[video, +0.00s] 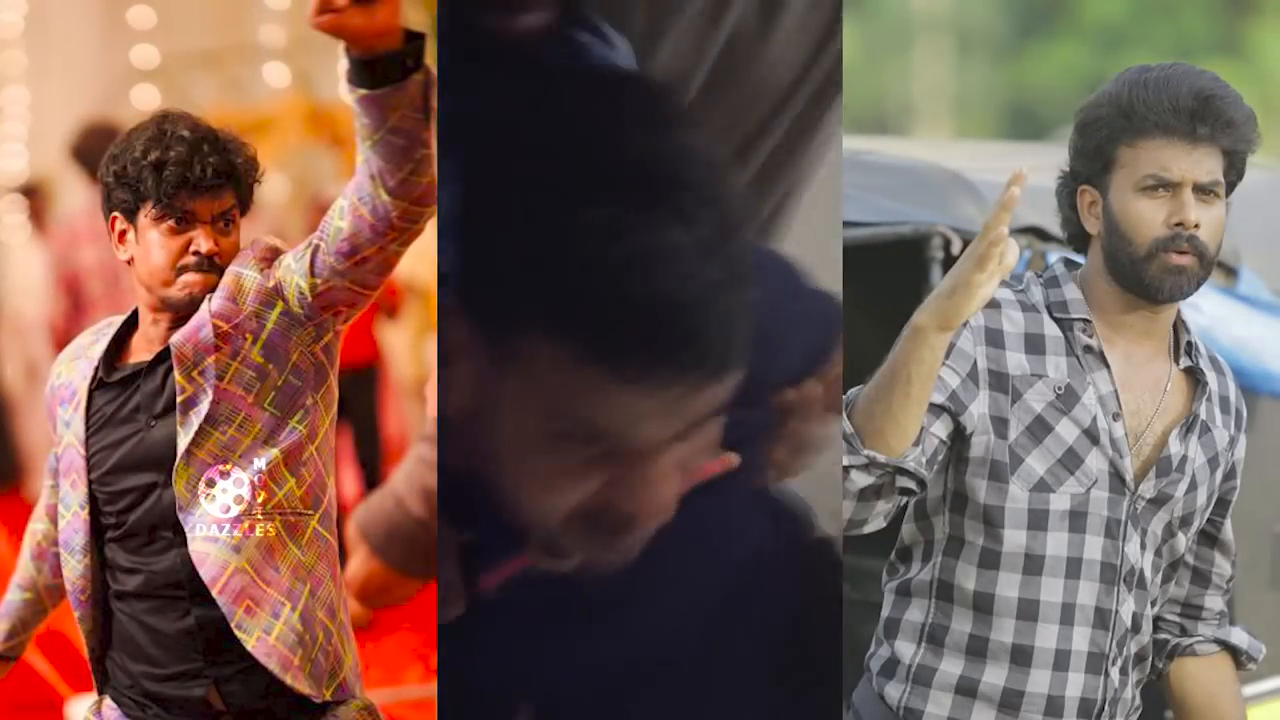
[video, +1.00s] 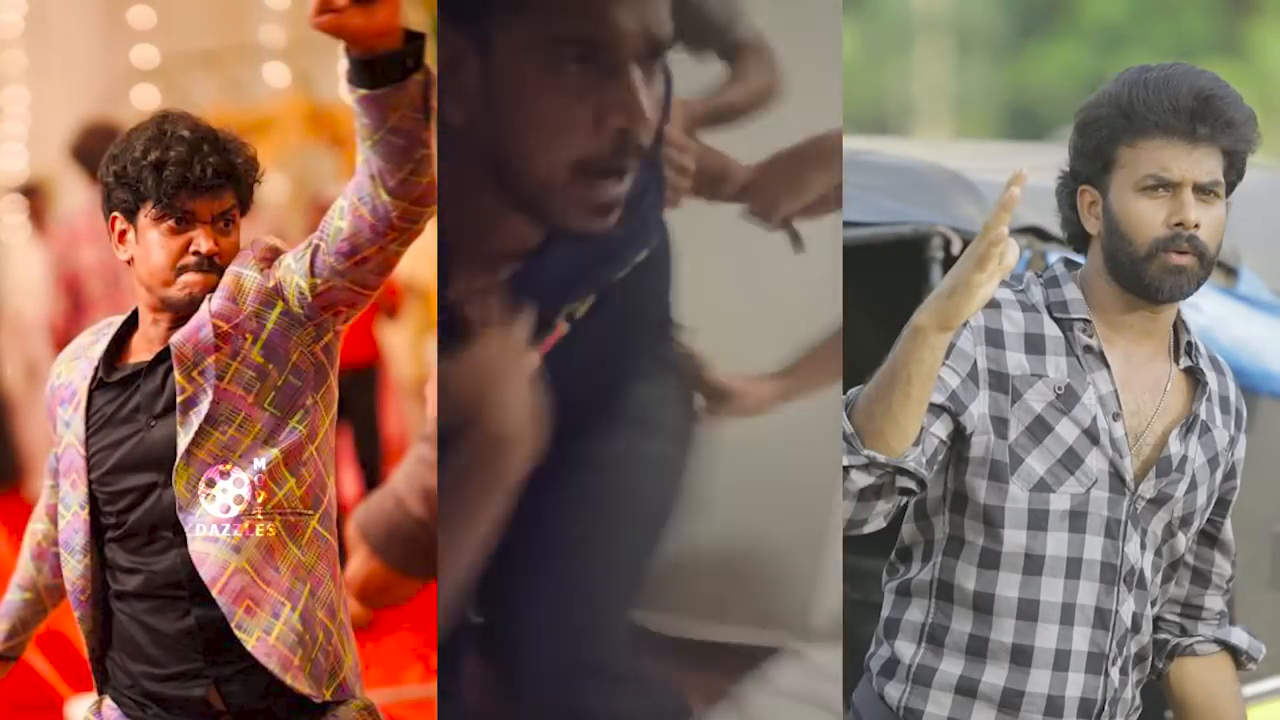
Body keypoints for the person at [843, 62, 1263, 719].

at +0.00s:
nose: (1187, 217)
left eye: (1207, 194)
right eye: (1157, 190)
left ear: (1227, 208)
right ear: (1092, 207)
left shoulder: (1219, 398)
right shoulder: (984, 329)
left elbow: (1193, 617)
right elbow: (851, 507)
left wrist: (1225, 711)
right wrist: (931, 327)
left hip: (1105, 709)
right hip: (934, 702)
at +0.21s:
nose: (1187, 217)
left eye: (1207, 194)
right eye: (1157, 190)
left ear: (1227, 209)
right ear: (1092, 208)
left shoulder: (1219, 398)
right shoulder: (984, 328)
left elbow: (1193, 615)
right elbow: (851, 507)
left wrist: (1224, 711)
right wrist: (932, 327)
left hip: (1105, 709)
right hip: (934, 701)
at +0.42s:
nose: (1187, 217)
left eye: (1207, 194)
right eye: (1157, 190)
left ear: (1227, 208)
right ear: (1092, 207)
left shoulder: (1219, 398)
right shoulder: (984, 329)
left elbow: (1193, 617)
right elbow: (850, 509)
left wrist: (1225, 711)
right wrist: (931, 327)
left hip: (1105, 709)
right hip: (934, 702)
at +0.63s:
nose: (1187, 217)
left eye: (1207, 194)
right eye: (1157, 190)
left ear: (1227, 208)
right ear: (1092, 207)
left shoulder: (1219, 398)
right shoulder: (984, 329)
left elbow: (1193, 617)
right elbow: (850, 508)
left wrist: (1225, 711)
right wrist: (931, 327)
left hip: (1105, 709)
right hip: (935, 701)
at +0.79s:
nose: (1187, 217)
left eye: (1207, 194)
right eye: (1157, 190)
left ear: (1227, 208)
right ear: (1092, 207)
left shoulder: (1219, 398)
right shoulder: (984, 329)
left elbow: (1193, 616)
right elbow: (850, 509)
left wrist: (1225, 711)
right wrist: (931, 327)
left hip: (1106, 709)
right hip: (937, 701)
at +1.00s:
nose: (1187, 217)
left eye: (1207, 194)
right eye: (1157, 190)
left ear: (1227, 208)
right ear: (1092, 207)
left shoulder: (1219, 398)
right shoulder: (984, 328)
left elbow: (1193, 617)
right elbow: (855, 505)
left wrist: (1225, 711)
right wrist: (931, 327)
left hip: (1105, 709)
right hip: (937, 702)